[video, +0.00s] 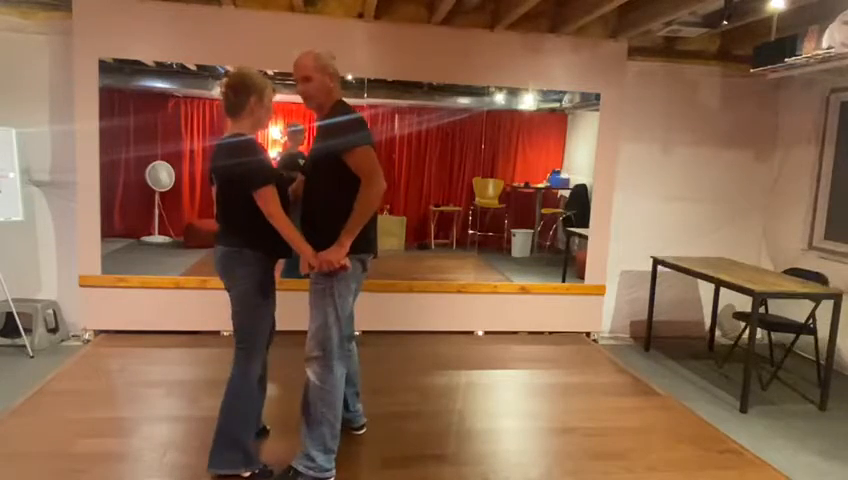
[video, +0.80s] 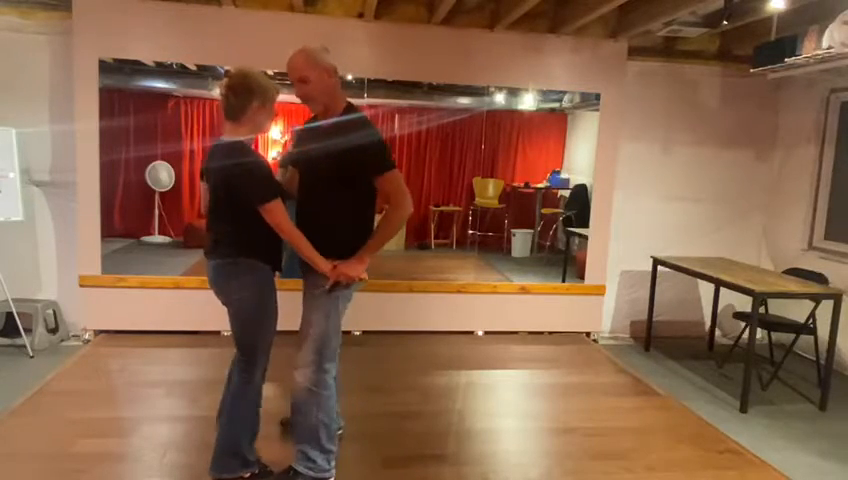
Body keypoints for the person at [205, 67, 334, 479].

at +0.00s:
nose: (271, 111)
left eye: (271, 104)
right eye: (269, 103)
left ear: (233, 104)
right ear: (254, 103)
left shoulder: (225, 149)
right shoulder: (248, 150)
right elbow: (272, 210)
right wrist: (306, 249)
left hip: (236, 253)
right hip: (250, 258)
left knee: (258, 343)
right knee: (250, 353)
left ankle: (249, 424)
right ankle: (230, 459)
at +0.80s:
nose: (272, 116)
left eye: (272, 108)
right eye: (270, 108)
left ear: (229, 107)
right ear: (257, 109)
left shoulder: (216, 155)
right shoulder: (250, 163)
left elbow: (205, 210)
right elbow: (283, 226)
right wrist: (325, 267)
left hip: (226, 266)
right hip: (249, 272)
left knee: (249, 359)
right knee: (251, 365)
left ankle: (234, 452)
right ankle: (234, 463)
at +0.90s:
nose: (270, 112)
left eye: (270, 105)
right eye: (267, 105)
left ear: (228, 106)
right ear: (251, 106)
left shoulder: (215, 153)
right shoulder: (248, 162)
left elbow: (209, 207)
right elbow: (284, 223)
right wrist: (325, 262)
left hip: (226, 264)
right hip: (249, 269)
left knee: (249, 350)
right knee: (254, 361)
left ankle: (224, 423)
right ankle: (234, 461)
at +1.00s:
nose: (267, 109)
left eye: (267, 101)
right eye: (263, 101)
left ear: (223, 103)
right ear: (244, 104)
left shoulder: (215, 150)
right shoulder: (243, 157)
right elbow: (284, 219)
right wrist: (325, 258)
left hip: (226, 261)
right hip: (249, 266)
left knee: (247, 345)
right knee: (255, 357)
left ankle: (223, 422)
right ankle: (235, 459)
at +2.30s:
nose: (260, 110)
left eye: (257, 103)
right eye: (257, 104)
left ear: (215, 107)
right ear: (247, 109)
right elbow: (298, 201)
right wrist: (347, 229)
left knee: (216, 348)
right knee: (230, 355)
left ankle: (210, 429)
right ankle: (227, 458)